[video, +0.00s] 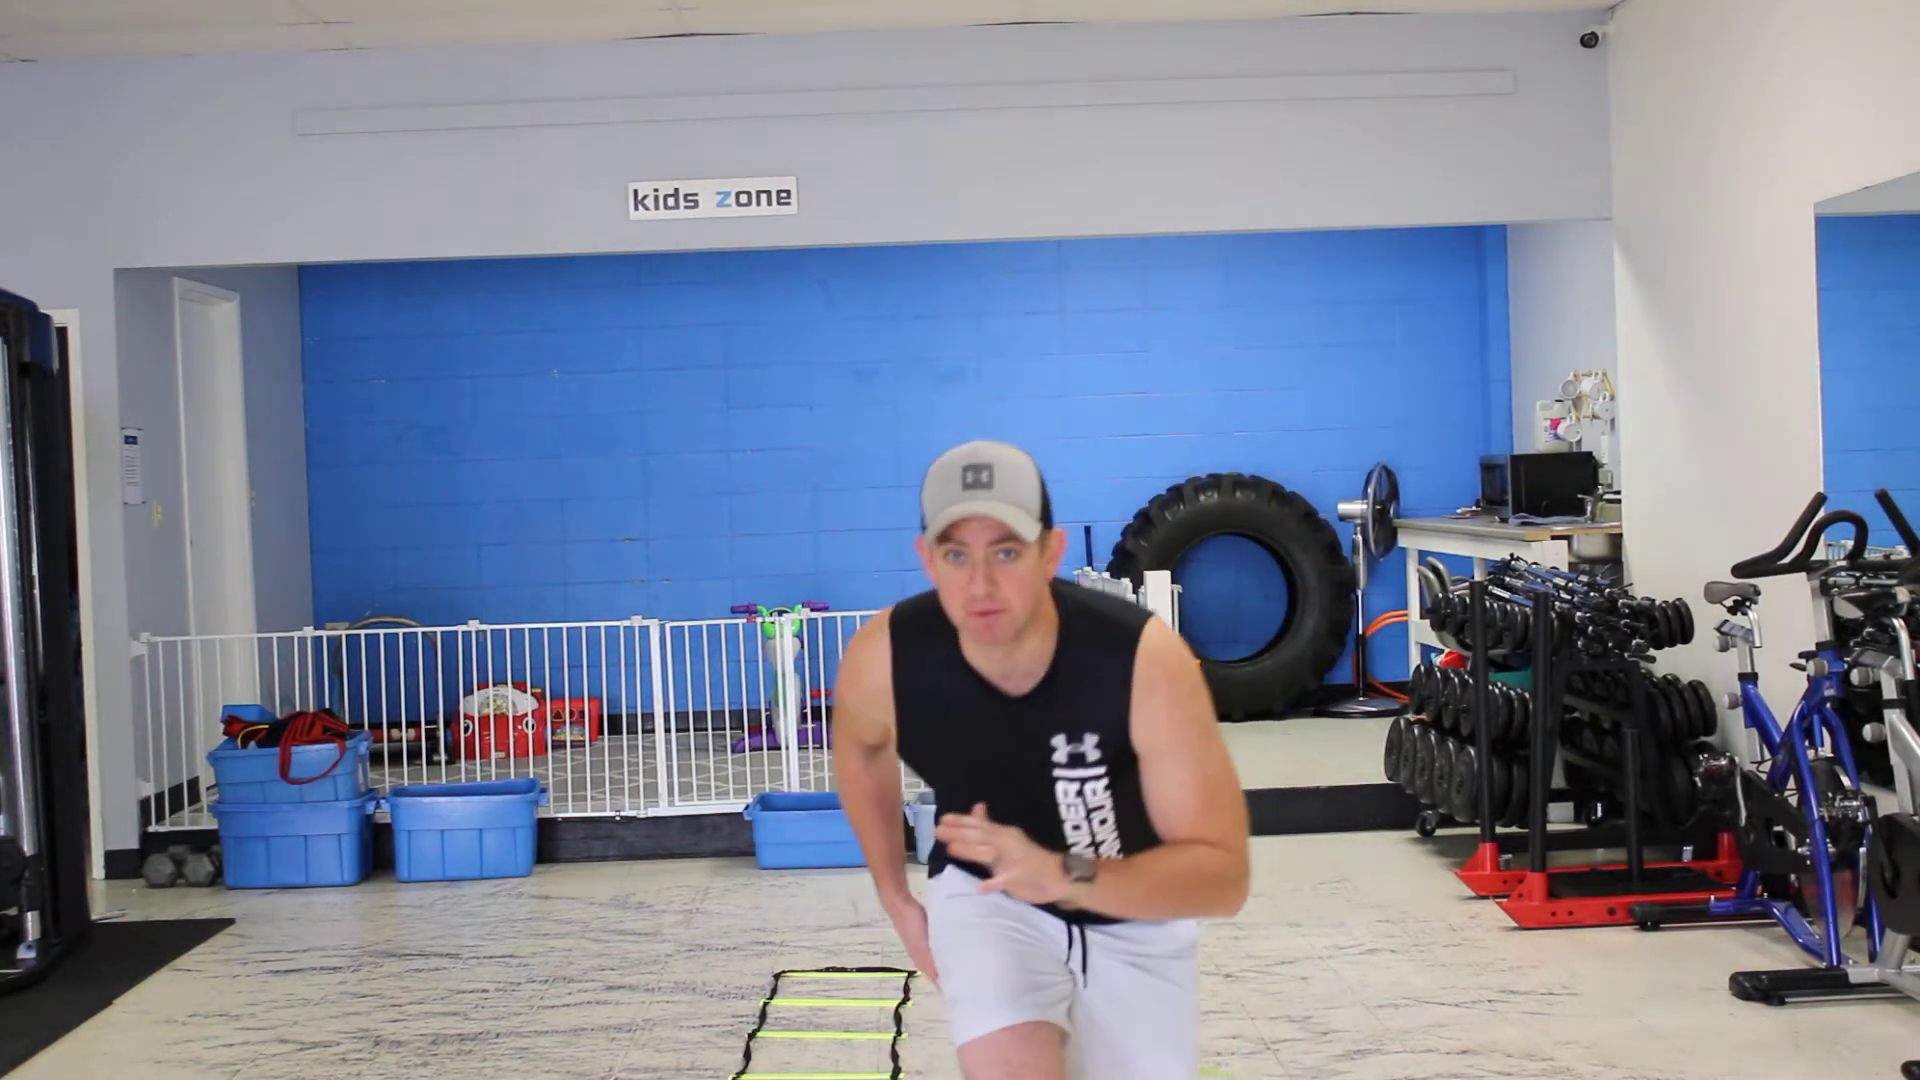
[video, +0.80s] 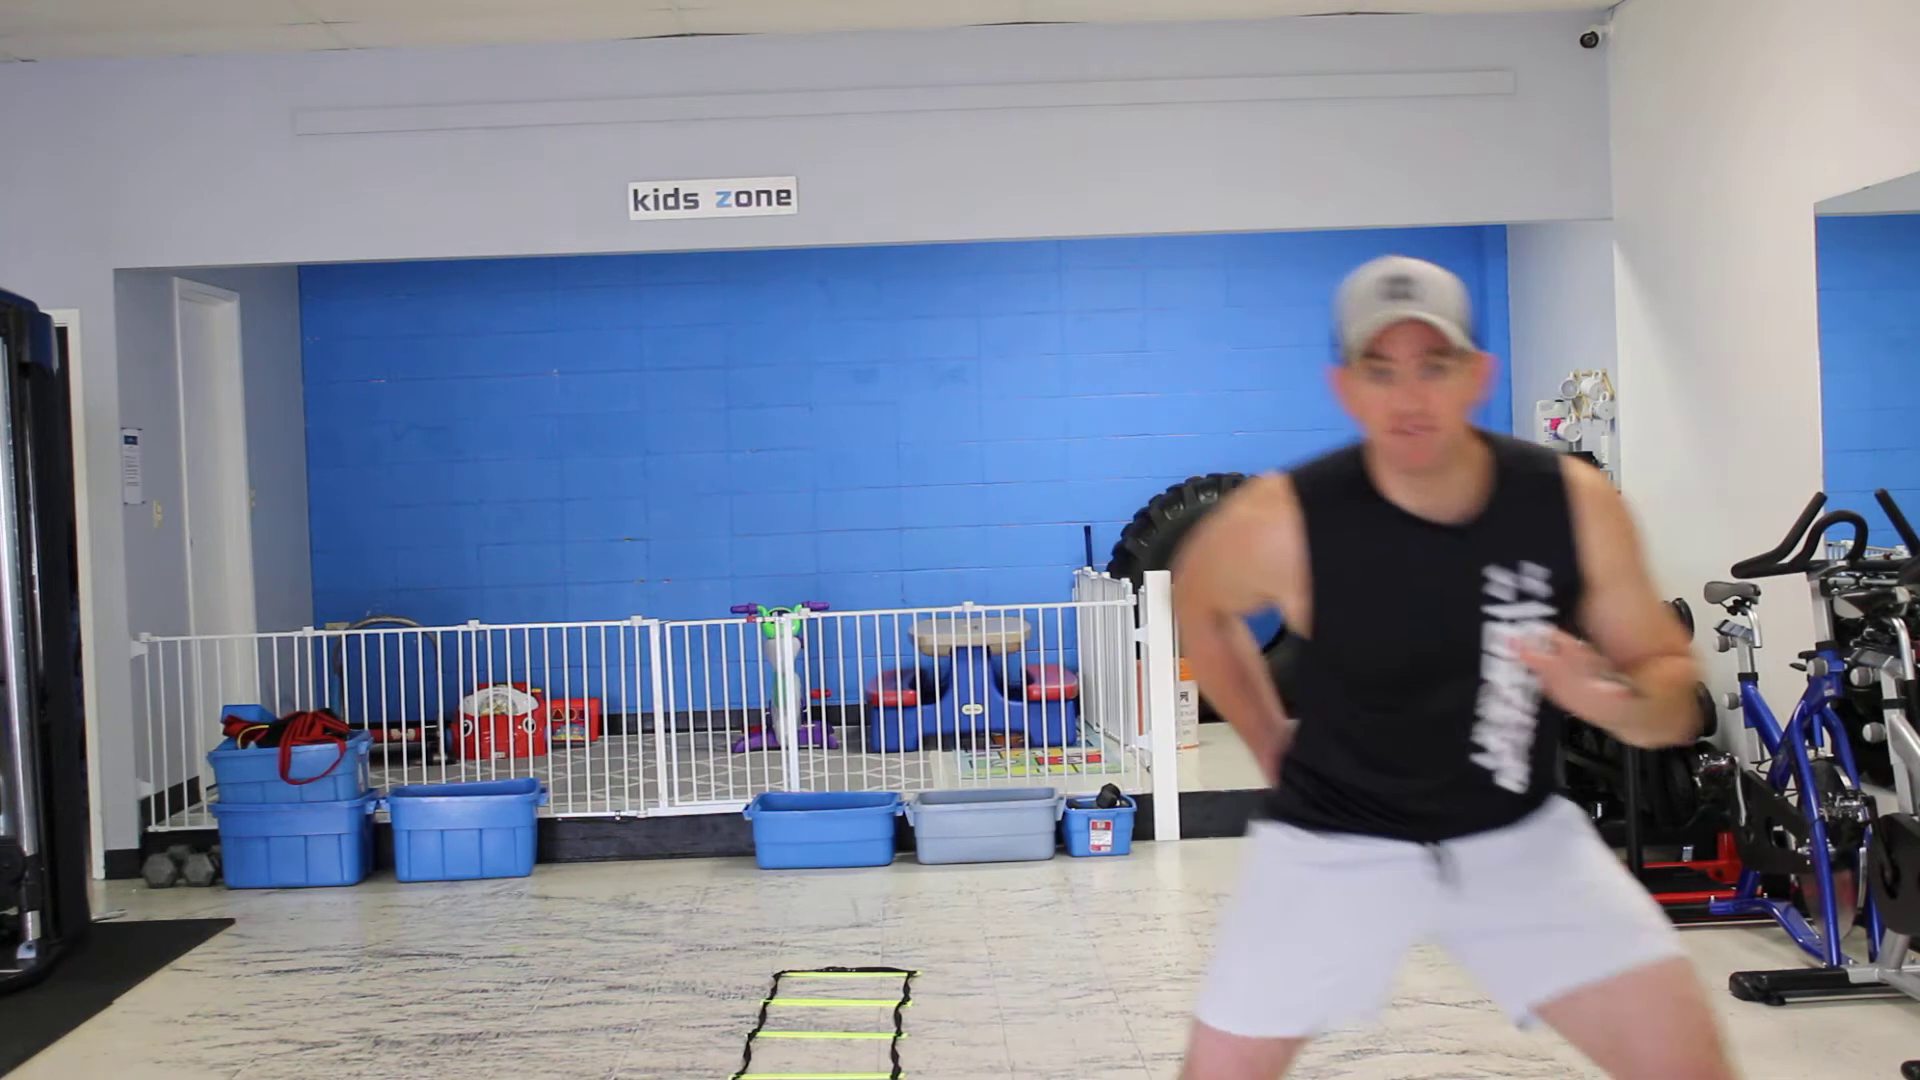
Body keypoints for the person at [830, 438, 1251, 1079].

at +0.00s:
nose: (981, 583)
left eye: (1007, 553)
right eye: (957, 555)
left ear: (1052, 553)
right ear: (928, 560)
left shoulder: (1144, 655)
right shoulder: (883, 661)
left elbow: (1221, 873)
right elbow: (863, 751)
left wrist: (1069, 877)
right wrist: (898, 898)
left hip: (1143, 917)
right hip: (987, 901)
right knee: (1014, 1066)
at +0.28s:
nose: (1052, 552)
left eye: (1078, 521)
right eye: (1027, 524)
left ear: (1123, 527)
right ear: (997, 533)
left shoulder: (1209, 632)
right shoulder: (948, 633)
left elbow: (1299, 826)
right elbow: (891, 727)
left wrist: (1192, 855)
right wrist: (926, 882)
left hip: (1180, 901)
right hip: (1015, 893)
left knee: (1280, 1065)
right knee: (1032, 1066)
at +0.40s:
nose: (1108, 517)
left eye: (1134, 489)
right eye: (1083, 491)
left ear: (1178, 497)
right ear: (1051, 500)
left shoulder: (1258, 605)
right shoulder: (991, 602)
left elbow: (1345, 787)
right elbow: (922, 688)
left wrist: (1260, 826)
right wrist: (960, 839)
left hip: (1215, 865)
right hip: (1049, 874)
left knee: (1385, 1049)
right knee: (1047, 1066)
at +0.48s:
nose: (1153, 479)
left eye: (1178, 449)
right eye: (1126, 451)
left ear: (1221, 459)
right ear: (1094, 463)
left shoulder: (1297, 567)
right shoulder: (1034, 570)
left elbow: (1388, 741)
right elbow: (947, 643)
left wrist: (1316, 788)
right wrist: (999, 785)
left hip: (1258, 843)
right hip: (1085, 857)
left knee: (1449, 1037)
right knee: (1071, 1067)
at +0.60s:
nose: (1236, 414)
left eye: (1261, 384)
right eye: (1207, 387)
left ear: (1306, 394)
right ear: (1176, 404)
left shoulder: (1391, 513)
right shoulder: (1121, 514)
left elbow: (1478, 683)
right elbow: (1021, 574)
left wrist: (1416, 726)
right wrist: (1090, 721)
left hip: (1350, 817)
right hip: (1161, 828)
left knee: (1521, 1042)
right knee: (1116, 1069)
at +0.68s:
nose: (1304, 385)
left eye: (1329, 355)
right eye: (1277, 358)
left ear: (1376, 364)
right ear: (1243, 373)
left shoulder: (1472, 489)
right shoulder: (1186, 497)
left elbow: (1554, 663)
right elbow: (1091, 566)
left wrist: (1491, 698)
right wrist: (1169, 711)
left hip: (1426, 814)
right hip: (1234, 822)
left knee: (1577, 1055)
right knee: (1155, 1066)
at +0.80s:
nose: (1409, 397)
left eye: (1434, 366)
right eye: (1380, 370)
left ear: (1479, 376)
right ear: (1344, 387)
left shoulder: (1574, 502)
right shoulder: (1285, 520)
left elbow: (1678, 701)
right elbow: (1198, 598)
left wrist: (1608, 700)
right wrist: (1273, 744)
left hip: (1524, 840)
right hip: (1329, 850)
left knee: (1691, 1062)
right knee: (1218, 1070)